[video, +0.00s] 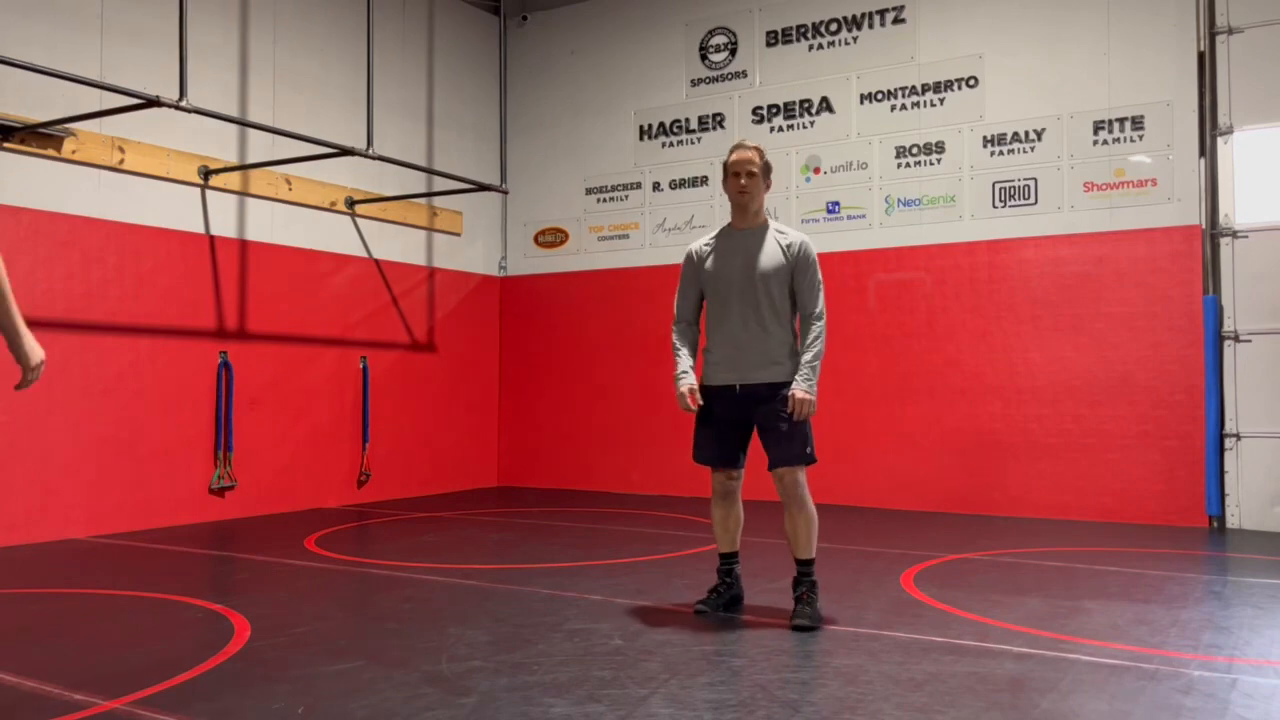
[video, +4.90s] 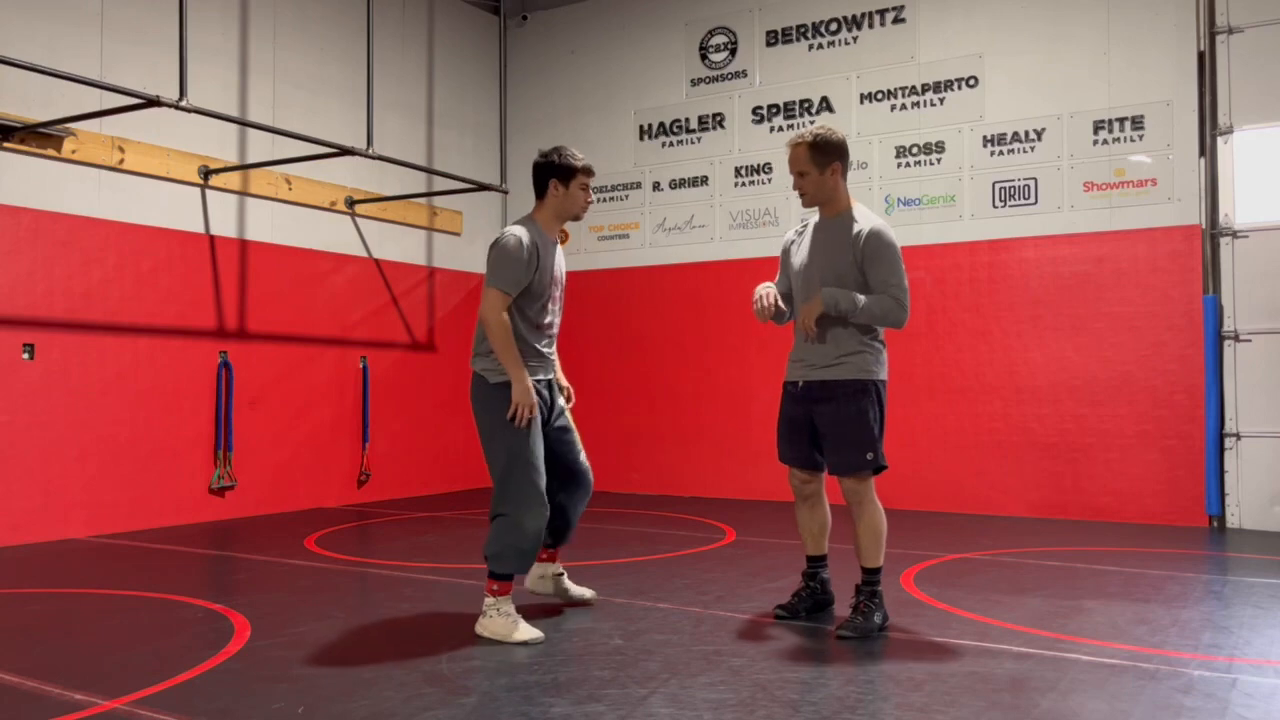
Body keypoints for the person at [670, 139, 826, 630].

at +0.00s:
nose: (742, 181)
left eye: (750, 174)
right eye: (734, 174)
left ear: (767, 183)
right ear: (723, 183)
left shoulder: (794, 247)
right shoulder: (701, 253)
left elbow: (815, 320)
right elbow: (683, 324)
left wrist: (806, 380)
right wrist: (684, 372)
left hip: (778, 389)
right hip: (721, 391)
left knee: (791, 485)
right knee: (724, 486)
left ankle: (806, 590)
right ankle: (728, 584)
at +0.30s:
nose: (773, 176)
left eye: (783, 169)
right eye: (765, 168)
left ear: (799, 179)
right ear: (754, 178)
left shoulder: (825, 245)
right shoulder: (728, 248)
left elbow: (847, 316)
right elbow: (709, 320)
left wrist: (805, 318)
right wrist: (741, 351)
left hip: (808, 385)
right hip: (747, 387)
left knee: (810, 489)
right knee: (733, 485)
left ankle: (810, 593)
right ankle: (729, 580)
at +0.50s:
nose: (785, 176)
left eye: (795, 168)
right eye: (778, 168)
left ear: (813, 176)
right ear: (767, 177)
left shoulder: (839, 240)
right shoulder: (743, 245)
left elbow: (850, 309)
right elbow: (725, 315)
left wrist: (804, 268)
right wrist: (784, 287)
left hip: (819, 383)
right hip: (758, 381)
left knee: (818, 491)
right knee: (729, 486)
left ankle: (812, 592)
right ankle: (735, 565)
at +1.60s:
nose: (721, 174)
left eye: (729, 163)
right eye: (718, 165)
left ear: (762, 161)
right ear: (731, 168)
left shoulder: (807, 227)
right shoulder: (708, 240)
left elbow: (806, 293)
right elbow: (683, 315)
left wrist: (755, 256)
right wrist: (717, 311)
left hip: (784, 382)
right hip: (724, 384)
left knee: (795, 499)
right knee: (731, 495)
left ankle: (813, 570)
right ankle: (740, 613)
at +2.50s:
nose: (793, 161)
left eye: (804, 151)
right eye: (786, 152)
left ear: (829, 157)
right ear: (780, 160)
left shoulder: (858, 229)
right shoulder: (759, 235)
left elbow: (880, 308)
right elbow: (732, 306)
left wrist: (825, 274)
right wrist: (754, 303)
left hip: (834, 379)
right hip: (771, 381)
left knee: (839, 494)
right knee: (755, 491)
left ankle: (843, 611)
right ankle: (744, 613)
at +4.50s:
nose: (779, 188)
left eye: (786, 179)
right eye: (777, 179)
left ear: (818, 177)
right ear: (787, 182)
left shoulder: (857, 239)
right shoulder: (775, 249)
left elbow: (876, 311)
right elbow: (758, 323)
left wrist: (807, 295)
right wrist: (772, 300)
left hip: (841, 380)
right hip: (789, 382)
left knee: (847, 486)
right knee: (802, 486)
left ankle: (869, 597)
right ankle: (815, 588)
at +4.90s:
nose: (794, 183)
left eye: (801, 174)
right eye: (792, 174)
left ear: (834, 171)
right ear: (817, 174)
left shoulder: (872, 235)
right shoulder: (796, 240)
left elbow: (896, 310)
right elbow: (788, 306)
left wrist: (830, 301)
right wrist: (770, 303)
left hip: (853, 381)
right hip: (802, 382)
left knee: (857, 489)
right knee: (806, 486)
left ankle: (870, 601)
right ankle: (816, 589)